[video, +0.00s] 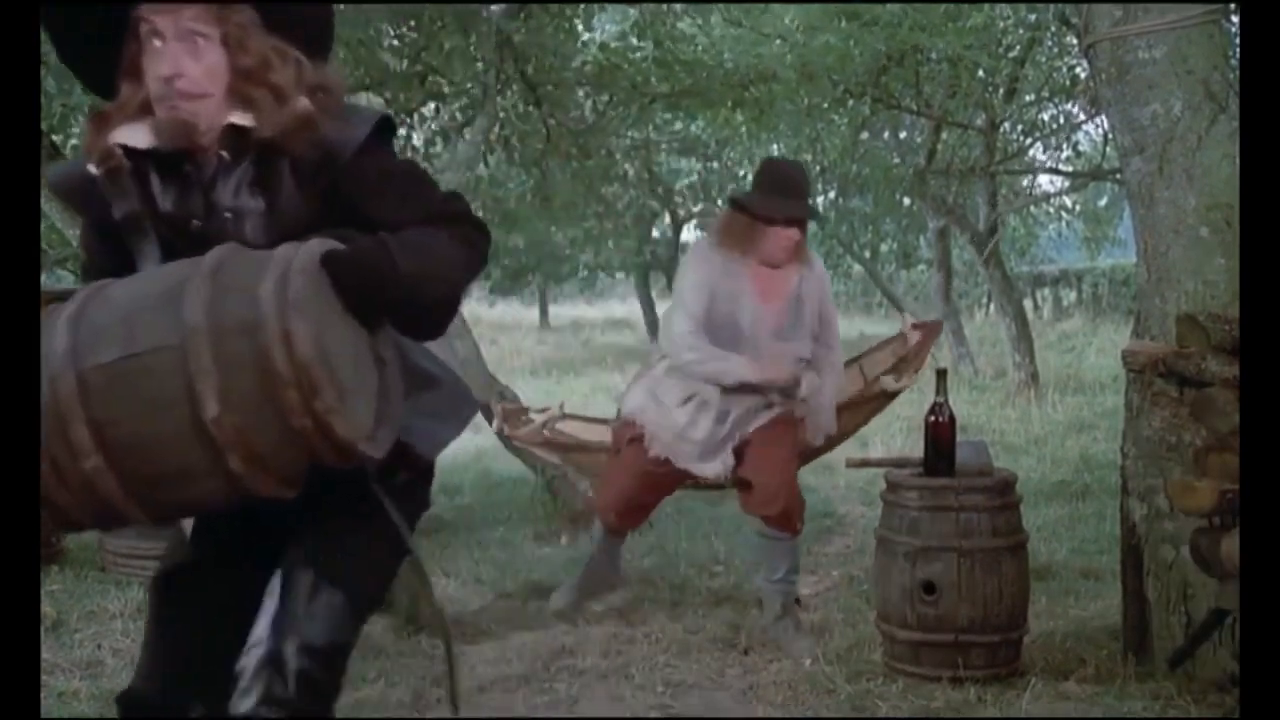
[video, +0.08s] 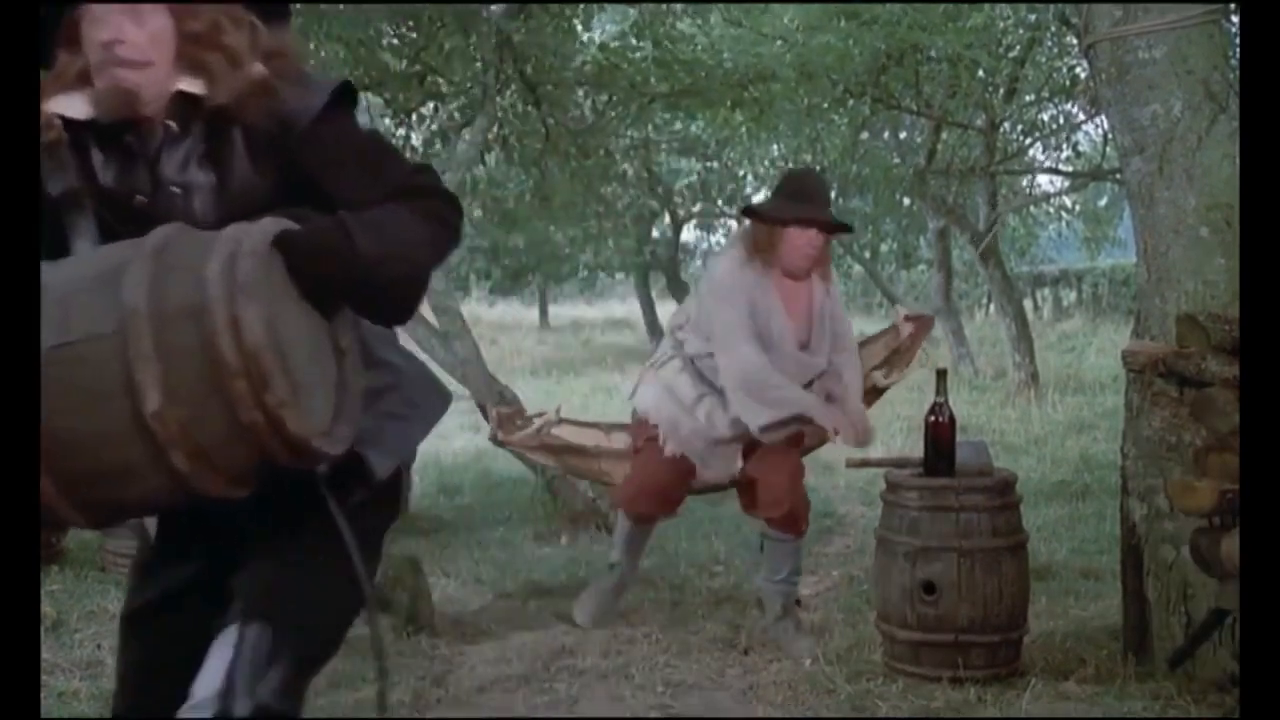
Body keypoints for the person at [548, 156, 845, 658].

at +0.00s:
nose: (790, 235)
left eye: (797, 225)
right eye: (779, 224)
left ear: (803, 229)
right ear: (751, 222)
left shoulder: (811, 275)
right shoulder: (706, 259)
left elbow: (828, 350)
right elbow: (681, 346)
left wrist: (822, 412)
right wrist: (757, 371)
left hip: (765, 404)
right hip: (688, 392)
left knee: (778, 493)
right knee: (621, 494)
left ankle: (780, 604)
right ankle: (600, 566)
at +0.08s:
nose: (816, 239)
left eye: (824, 230)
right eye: (805, 227)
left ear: (828, 239)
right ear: (773, 229)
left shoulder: (822, 288)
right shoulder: (730, 274)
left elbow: (842, 358)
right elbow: (742, 368)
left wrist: (848, 408)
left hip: (769, 409)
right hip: (687, 395)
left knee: (786, 497)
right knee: (653, 483)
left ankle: (781, 611)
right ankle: (616, 577)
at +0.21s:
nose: (804, 244)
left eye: (817, 234)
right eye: (794, 230)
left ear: (830, 246)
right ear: (771, 235)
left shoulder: (824, 304)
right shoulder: (743, 286)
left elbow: (852, 373)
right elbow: (773, 370)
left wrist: (888, 427)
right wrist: (844, 435)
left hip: (757, 418)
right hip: (685, 403)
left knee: (794, 515)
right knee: (672, 492)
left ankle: (783, 621)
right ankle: (631, 618)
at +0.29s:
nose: (794, 243)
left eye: (807, 232)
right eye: (783, 230)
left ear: (825, 246)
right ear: (765, 238)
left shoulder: (820, 305)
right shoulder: (739, 289)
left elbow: (850, 373)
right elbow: (758, 379)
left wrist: (878, 423)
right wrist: (836, 431)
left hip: (751, 425)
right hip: (681, 412)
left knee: (797, 522)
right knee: (673, 497)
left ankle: (782, 621)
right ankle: (633, 632)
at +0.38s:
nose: (787, 243)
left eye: (800, 232)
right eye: (776, 230)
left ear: (818, 246)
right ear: (758, 239)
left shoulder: (815, 308)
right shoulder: (732, 290)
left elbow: (844, 377)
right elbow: (735, 390)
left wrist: (871, 426)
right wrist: (820, 420)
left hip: (761, 428)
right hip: (680, 414)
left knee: (794, 529)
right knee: (667, 503)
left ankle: (783, 619)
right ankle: (631, 636)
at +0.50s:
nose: (764, 237)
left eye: (777, 226)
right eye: (753, 224)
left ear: (797, 240)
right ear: (736, 234)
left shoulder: (807, 304)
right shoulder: (706, 288)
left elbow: (823, 379)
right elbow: (667, 383)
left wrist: (845, 436)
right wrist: (747, 408)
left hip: (748, 429)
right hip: (664, 420)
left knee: (785, 536)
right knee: (655, 511)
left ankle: (781, 619)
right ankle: (629, 637)